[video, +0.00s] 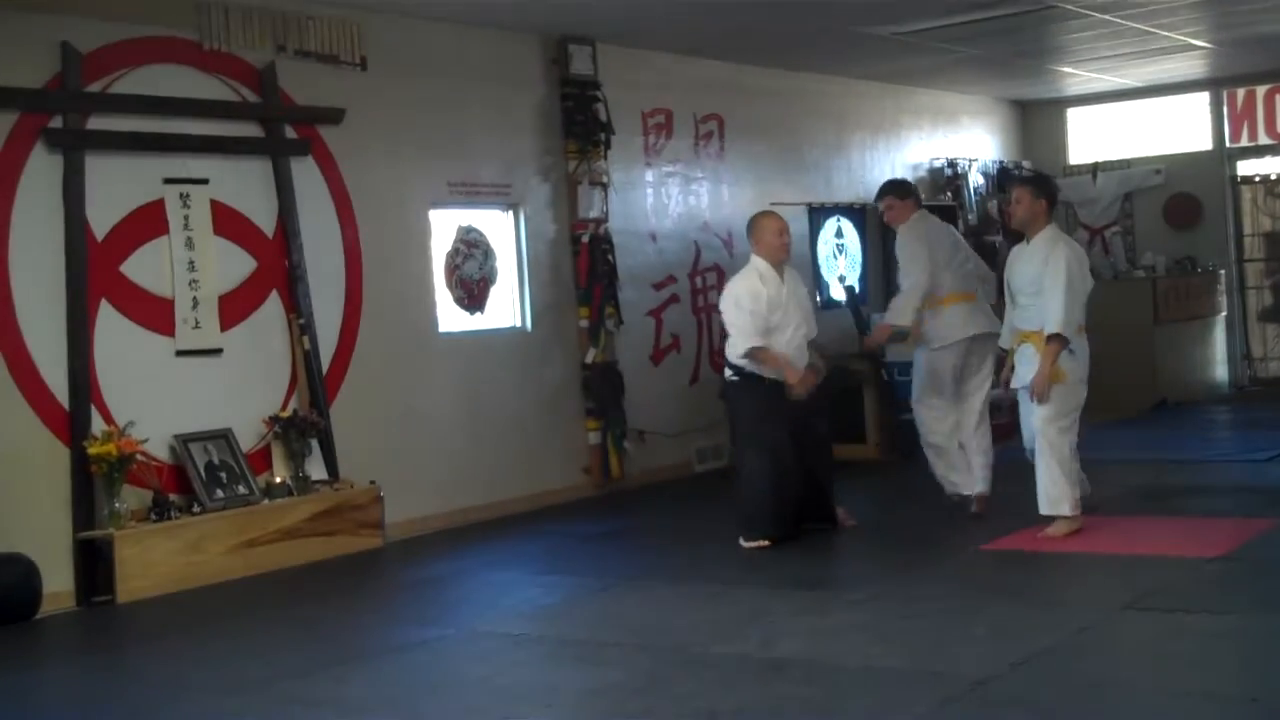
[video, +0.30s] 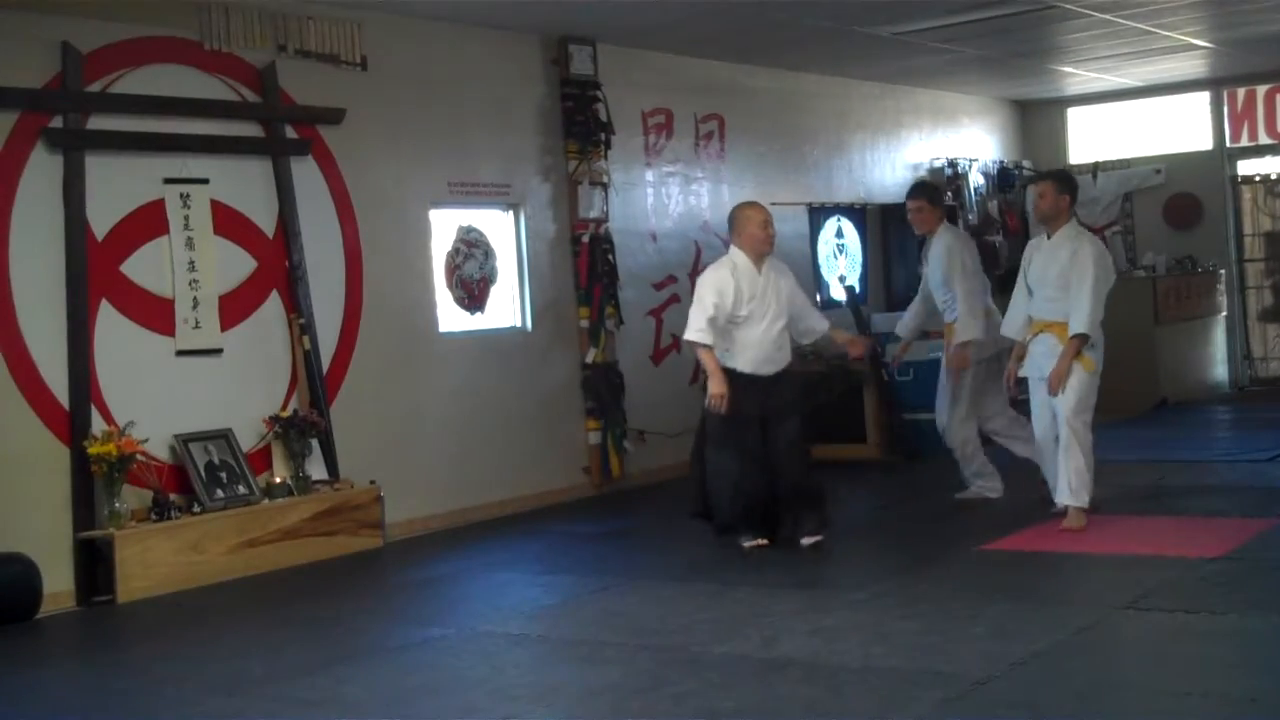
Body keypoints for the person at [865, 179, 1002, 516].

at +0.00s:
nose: (887, 217)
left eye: (890, 208)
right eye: (883, 211)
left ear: (910, 202)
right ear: (916, 205)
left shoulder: (911, 233)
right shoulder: (947, 230)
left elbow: (916, 282)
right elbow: (985, 274)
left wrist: (887, 326)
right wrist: (980, 311)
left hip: (945, 330)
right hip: (982, 326)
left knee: (930, 405)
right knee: (974, 407)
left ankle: (960, 484)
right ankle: (979, 488)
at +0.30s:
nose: (911, 217)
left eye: (918, 210)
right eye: (909, 211)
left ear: (937, 211)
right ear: (911, 213)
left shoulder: (954, 242)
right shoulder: (935, 245)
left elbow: (969, 292)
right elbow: (927, 297)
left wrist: (963, 341)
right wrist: (904, 339)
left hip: (968, 338)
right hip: (975, 338)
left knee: (952, 419)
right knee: (993, 415)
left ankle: (985, 484)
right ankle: (1052, 458)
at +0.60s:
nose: (945, 212)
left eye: (951, 204)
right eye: (941, 206)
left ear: (966, 205)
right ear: (937, 210)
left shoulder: (990, 239)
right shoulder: (944, 252)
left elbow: (999, 290)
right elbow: (940, 301)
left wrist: (989, 339)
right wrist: (931, 343)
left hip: (995, 330)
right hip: (971, 332)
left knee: (969, 405)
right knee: (995, 401)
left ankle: (984, 480)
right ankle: (1014, 466)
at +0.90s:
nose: (964, 202)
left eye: (970, 196)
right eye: (959, 197)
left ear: (981, 197)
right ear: (951, 201)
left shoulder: (1005, 233)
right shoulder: (949, 245)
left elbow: (1019, 285)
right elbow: (948, 298)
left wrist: (1016, 332)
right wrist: (961, 343)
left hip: (998, 323)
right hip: (969, 324)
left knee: (990, 399)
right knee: (986, 400)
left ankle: (989, 476)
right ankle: (1015, 464)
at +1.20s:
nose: (965, 201)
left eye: (971, 194)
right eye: (960, 195)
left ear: (984, 197)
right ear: (953, 200)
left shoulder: (1006, 233)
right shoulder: (950, 243)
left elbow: (1022, 285)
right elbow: (945, 293)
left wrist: (1019, 333)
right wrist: (951, 339)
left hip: (997, 323)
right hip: (967, 324)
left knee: (994, 400)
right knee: (982, 402)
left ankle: (991, 476)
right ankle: (1015, 464)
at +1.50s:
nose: (961, 202)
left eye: (967, 196)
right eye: (955, 196)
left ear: (978, 199)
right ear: (948, 201)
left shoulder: (998, 235)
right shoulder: (942, 246)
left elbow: (1014, 285)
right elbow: (939, 298)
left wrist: (1010, 332)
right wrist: (946, 343)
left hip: (992, 326)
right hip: (964, 327)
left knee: (979, 400)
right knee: (989, 398)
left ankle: (989, 476)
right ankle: (1014, 464)